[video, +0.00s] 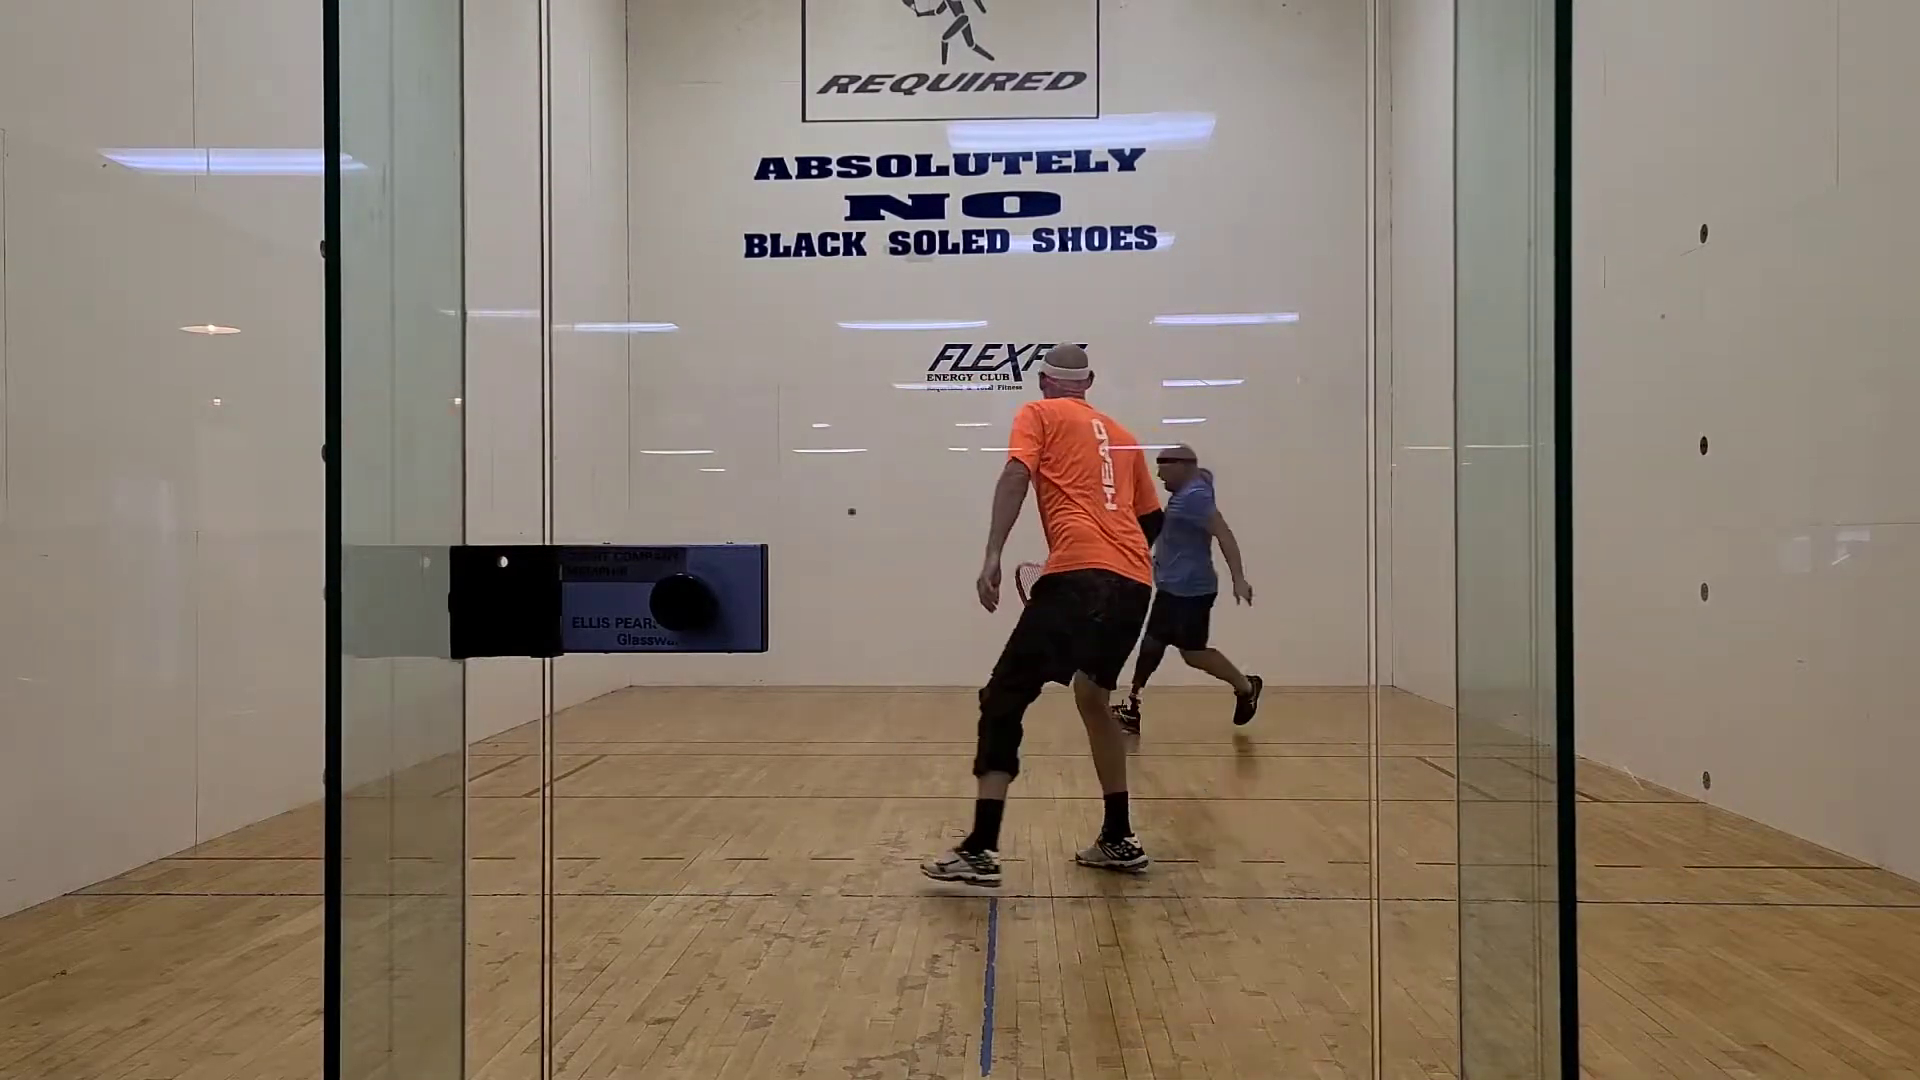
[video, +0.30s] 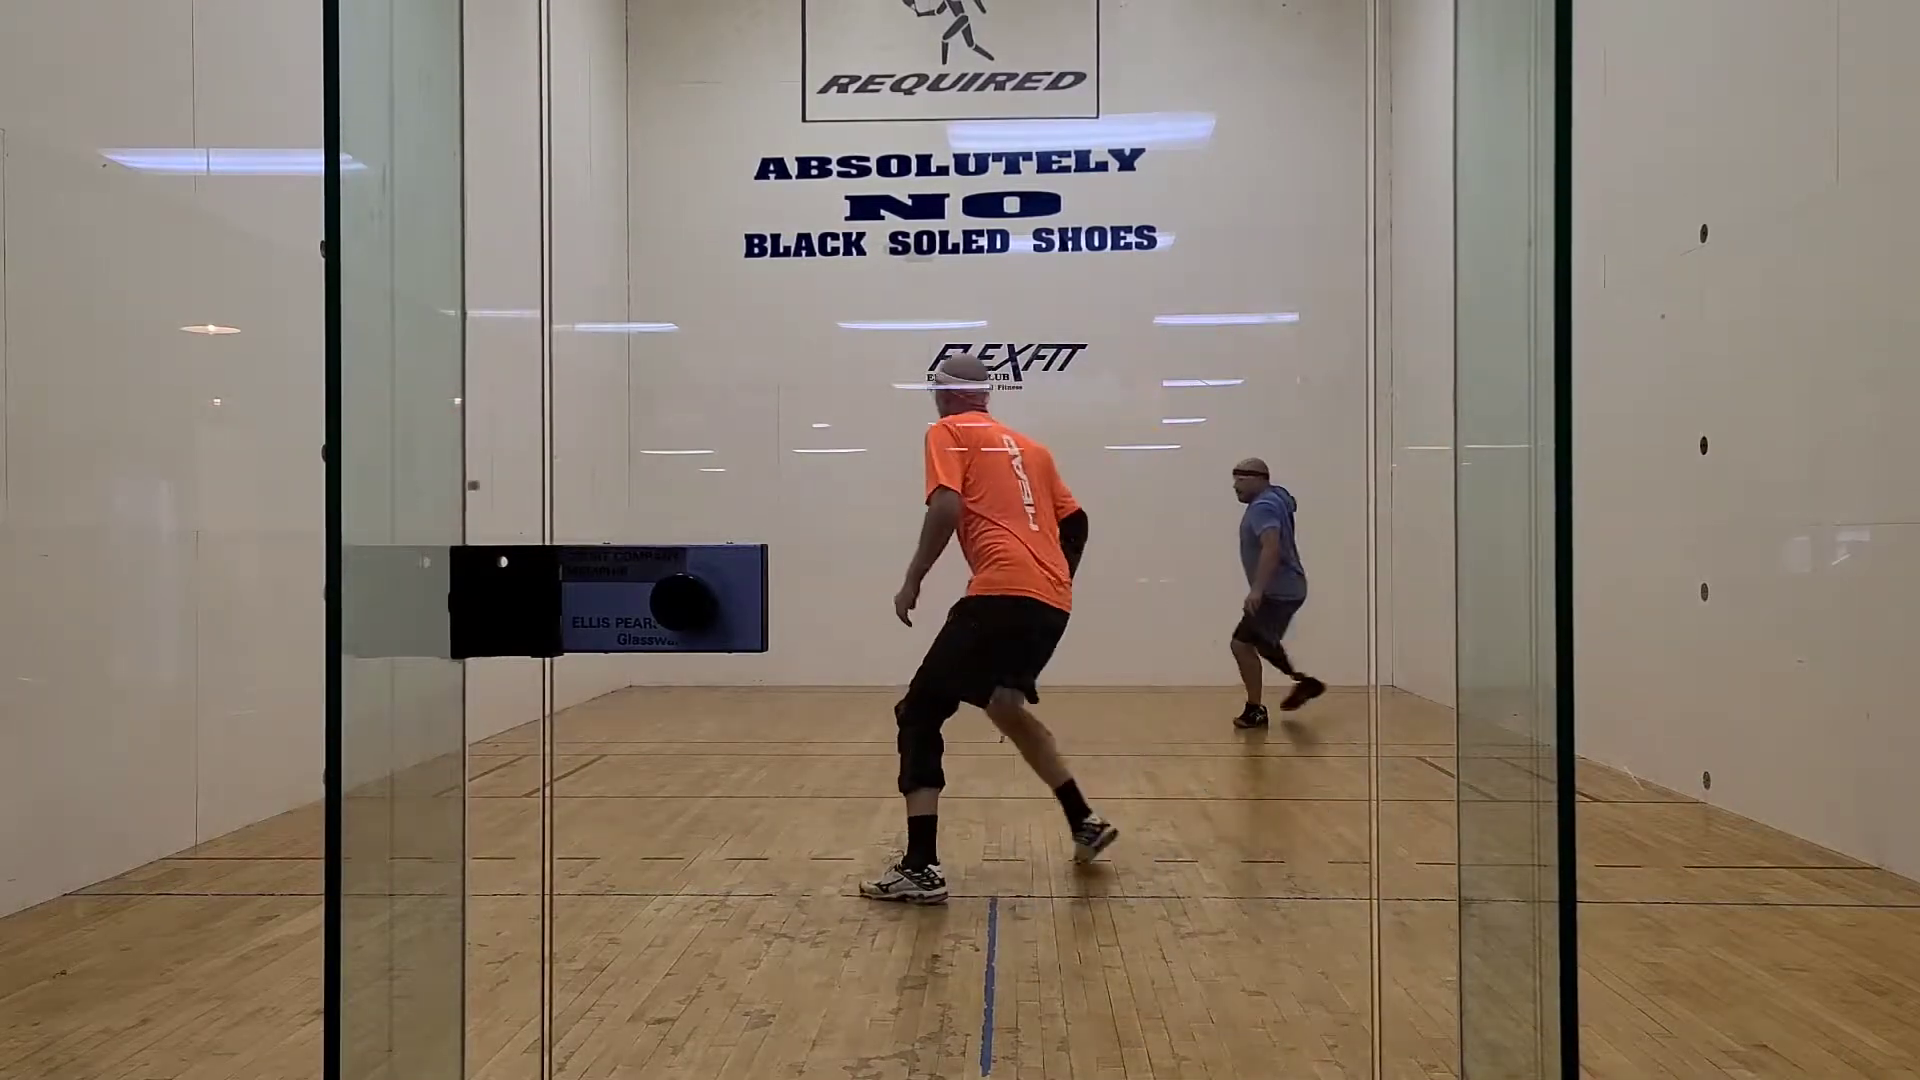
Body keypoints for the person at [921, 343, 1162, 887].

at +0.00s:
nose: (1042, 390)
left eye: (1042, 382)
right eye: (1048, 382)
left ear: (1044, 381)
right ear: (1088, 385)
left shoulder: (1039, 412)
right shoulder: (1123, 436)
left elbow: (1017, 474)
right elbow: (1152, 521)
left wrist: (992, 554)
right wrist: (1071, 561)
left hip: (1073, 578)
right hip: (1135, 586)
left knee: (1002, 701)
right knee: (1093, 694)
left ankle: (981, 849)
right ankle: (1120, 836)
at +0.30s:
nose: (937, 406)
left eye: (937, 396)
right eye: (940, 396)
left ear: (944, 396)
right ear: (986, 397)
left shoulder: (948, 431)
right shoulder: (1030, 447)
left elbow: (946, 508)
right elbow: (1075, 522)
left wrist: (913, 578)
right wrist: (1049, 590)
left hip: (997, 595)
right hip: (1052, 602)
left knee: (918, 714)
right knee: (1005, 703)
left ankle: (921, 866)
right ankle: (1084, 820)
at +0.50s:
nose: (852, 422)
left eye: (855, 411)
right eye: (852, 412)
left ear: (880, 407)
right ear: (900, 407)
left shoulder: (904, 438)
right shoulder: (945, 441)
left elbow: (922, 523)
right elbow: (1010, 510)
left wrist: (876, 592)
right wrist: (952, 581)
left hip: (1002, 595)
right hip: (1021, 594)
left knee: (906, 704)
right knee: (910, 703)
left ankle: (918, 864)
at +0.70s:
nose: (853, 425)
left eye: (861, 413)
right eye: (852, 414)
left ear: (899, 413)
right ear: (891, 417)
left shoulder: (935, 459)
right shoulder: (907, 471)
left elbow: (973, 547)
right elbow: (935, 570)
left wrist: (928, 631)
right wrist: (914, 638)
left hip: (998, 625)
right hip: (958, 628)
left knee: (920, 728)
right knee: (874, 720)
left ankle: (996, 875)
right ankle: (888, 852)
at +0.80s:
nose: (900, 399)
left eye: (911, 387)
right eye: (894, 387)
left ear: (943, 386)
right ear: (892, 390)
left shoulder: (993, 442)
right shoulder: (911, 454)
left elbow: (1036, 523)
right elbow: (942, 533)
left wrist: (992, 604)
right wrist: (927, 605)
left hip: (1011, 621)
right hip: (946, 619)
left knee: (972, 738)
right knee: (891, 734)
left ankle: (1005, 884)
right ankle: (884, 842)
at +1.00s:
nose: (1000, 369)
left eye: (1013, 356)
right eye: (989, 358)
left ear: (1037, 365)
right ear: (976, 368)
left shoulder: (1078, 425)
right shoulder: (960, 443)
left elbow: (1114, 510)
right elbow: (946, 522)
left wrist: (1070, 561)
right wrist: (932, 594)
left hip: (1065, 625)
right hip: (986, 621)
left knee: (1033, 759)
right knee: (958, 738)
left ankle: (1011, 885)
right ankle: (911, 870)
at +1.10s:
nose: (1046, 360)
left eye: (1058, 350)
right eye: (1034, 349)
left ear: (1077, 361)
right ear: (1013, 361)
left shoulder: (1117, 419)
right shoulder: (985, 442)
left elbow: (1153, 502)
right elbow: (943, 522)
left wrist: (1135, 548)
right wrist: (930, 593)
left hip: (1103, 613)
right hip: (1025, 609)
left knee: (1075, 762)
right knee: (1013, 736)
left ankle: (1025, 877)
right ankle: (966, 903)